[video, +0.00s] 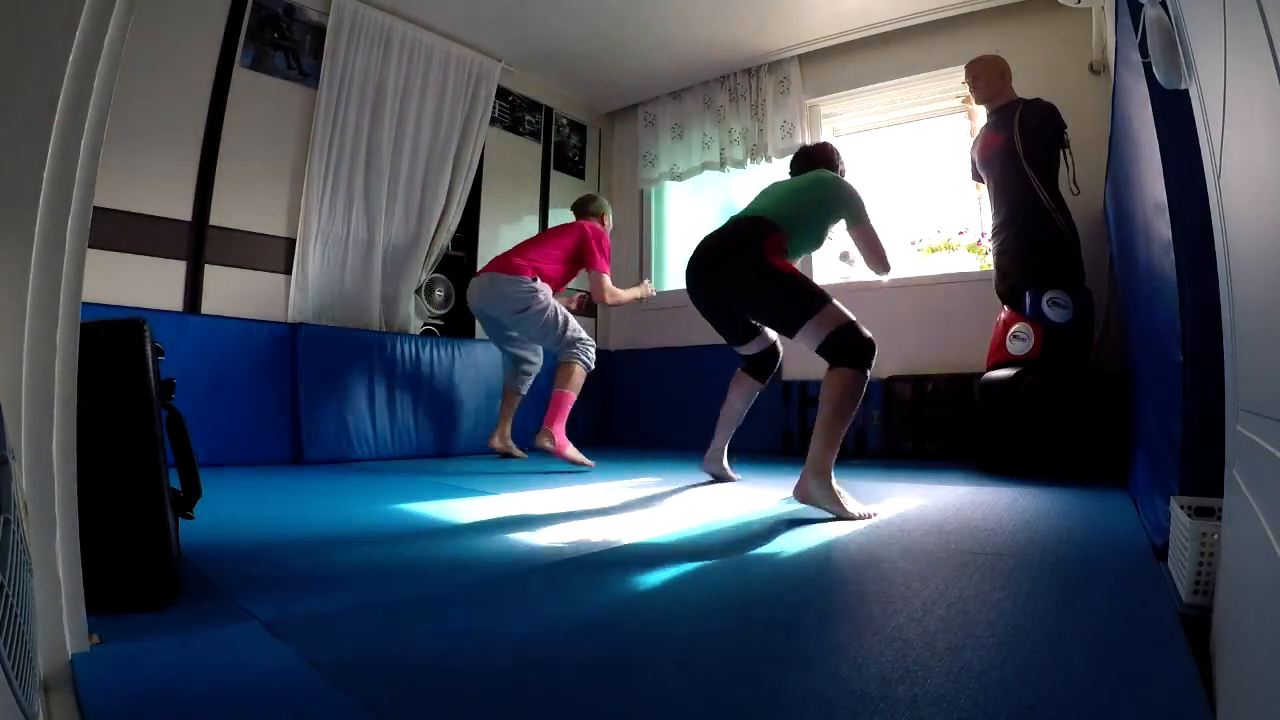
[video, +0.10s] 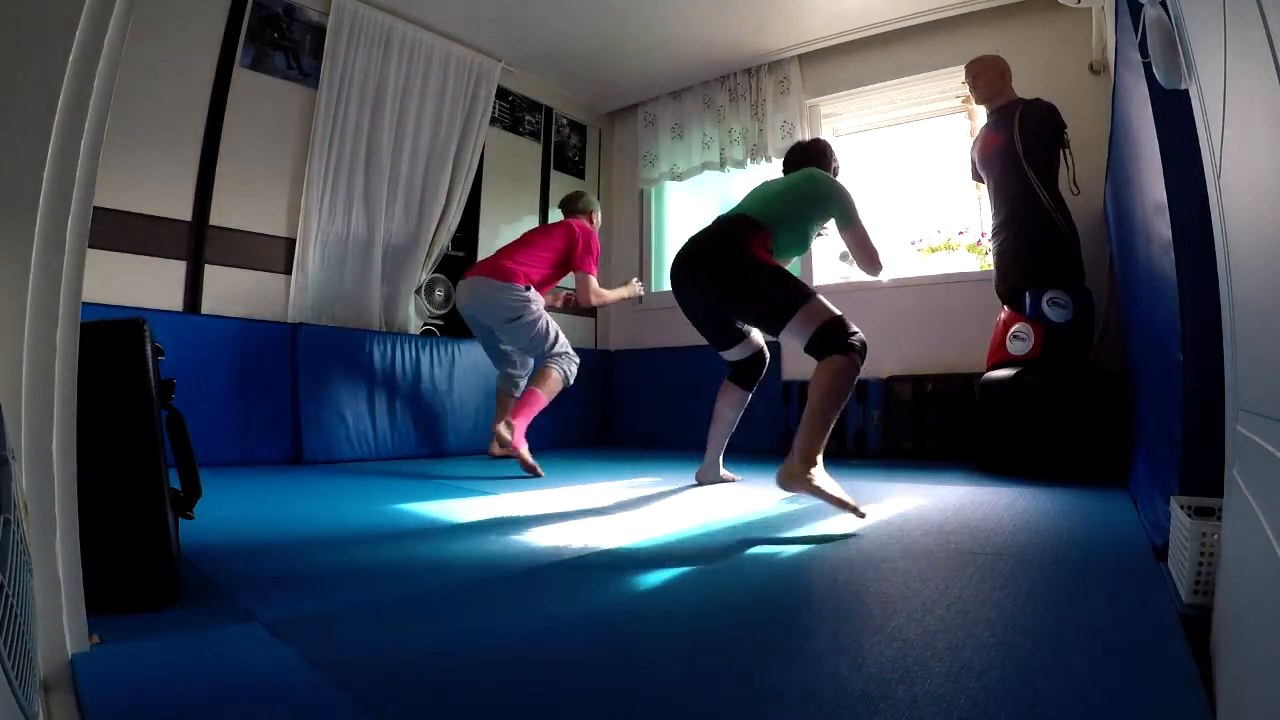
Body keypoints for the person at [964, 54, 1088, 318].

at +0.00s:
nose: (970, 85)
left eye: (975, 76)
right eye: (967, 81)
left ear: (1003, 75)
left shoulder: (1037, 112)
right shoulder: (980, 141)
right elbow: (977, 176)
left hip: (1051, 245)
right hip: (1008, 252)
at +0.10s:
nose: (970, 87)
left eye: (975, 78)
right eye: (968, 81)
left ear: (1002, 75)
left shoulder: (1036, 111)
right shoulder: (981, 139)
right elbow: (979, 176)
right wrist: (974, 126)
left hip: (1049, 241)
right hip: (1008, 247)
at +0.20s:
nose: (970, 87)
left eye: (975, 78)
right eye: (968, 82)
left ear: (1002, 75)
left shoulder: (1036, 111)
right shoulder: (982, 137)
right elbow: (978, 175)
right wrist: (974, 124)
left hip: (1049, 241)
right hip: (1009, 248)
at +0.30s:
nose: (970, 87)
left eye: (975, 78)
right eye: (968, 82)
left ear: (1002, 75)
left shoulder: (1036, 111)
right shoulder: (983, 136)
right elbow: (977, 175)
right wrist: (975, 124)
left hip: (1048, 238)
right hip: (1008, 245)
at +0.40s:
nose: (970, 87)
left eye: (975, 78)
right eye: (968, 81)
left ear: (1002, 75)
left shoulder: (1036, 111)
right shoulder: (982, 138)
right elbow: (979, 176)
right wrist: (974, 126)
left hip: (1049, 240)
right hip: (1008, 246)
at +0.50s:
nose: (970, 87)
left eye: (975, 78)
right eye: (968, 81)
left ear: (1002, 75)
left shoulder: (1036, 111)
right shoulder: (981, 139)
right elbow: (978, 177)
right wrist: (975, 128)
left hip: (1049, 241)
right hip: (1009, 248)